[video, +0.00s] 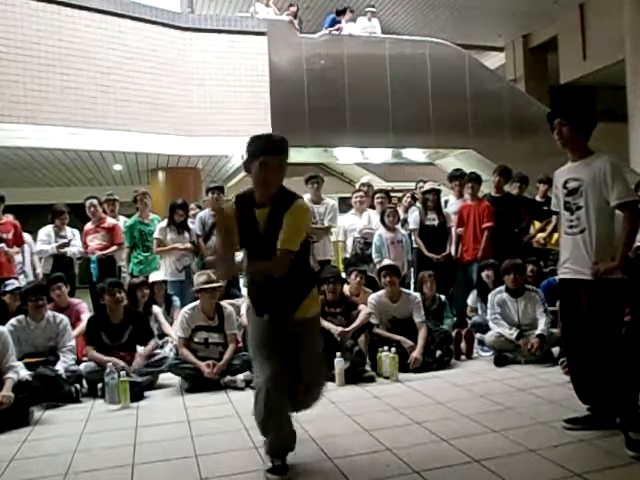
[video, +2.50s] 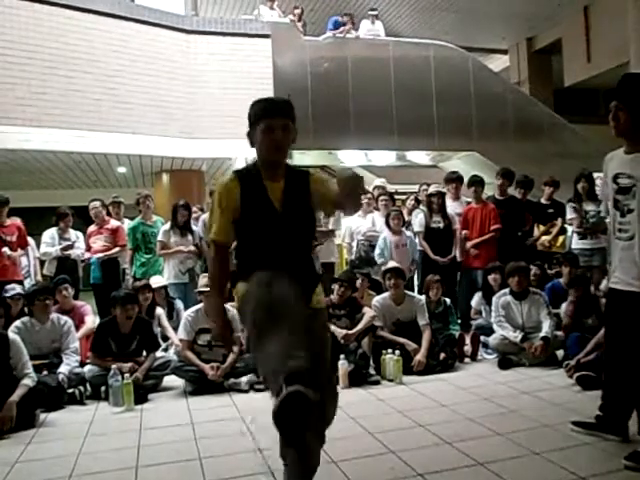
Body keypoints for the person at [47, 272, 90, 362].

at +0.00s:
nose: (57, 293)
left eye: (59, 288)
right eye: (53, 290)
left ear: (67, 288)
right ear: (50, 294)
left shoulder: (79, 305)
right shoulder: (48, 310)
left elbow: (85, 321)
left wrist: (71, 335)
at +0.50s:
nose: (61, 291)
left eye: (63, 286)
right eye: (56, 289)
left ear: (68, 288)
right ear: (52, 294)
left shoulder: (79, 305)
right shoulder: (48, 310)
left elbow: (85, 321)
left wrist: (70, 336)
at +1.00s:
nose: (61, 290)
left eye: (63, 286)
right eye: (57, 288)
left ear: (69, 288)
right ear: (52, 293)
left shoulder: (79, 305)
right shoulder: (49, 310)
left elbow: (86, 322)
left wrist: (70, 336)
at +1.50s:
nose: (62, 292)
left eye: (65, 287)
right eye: (58, 290)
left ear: (70, 290)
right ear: (53, 295)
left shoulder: (81, 306)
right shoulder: (51, 311)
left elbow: (88, 324)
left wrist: (72, 337)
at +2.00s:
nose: (65, 293)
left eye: (67, 289)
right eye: (60, 291)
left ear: (73, 291)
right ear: (56, 296)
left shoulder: (84, 307)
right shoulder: (54, 311)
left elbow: (90, 325)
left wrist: (75, 338)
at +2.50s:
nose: (64, 294)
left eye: (66, 289)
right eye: (59, 291)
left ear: (72, 291)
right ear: (55, 296)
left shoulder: (83, 307)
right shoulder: (53, 312)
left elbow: (90, 325)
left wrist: (74, 339)